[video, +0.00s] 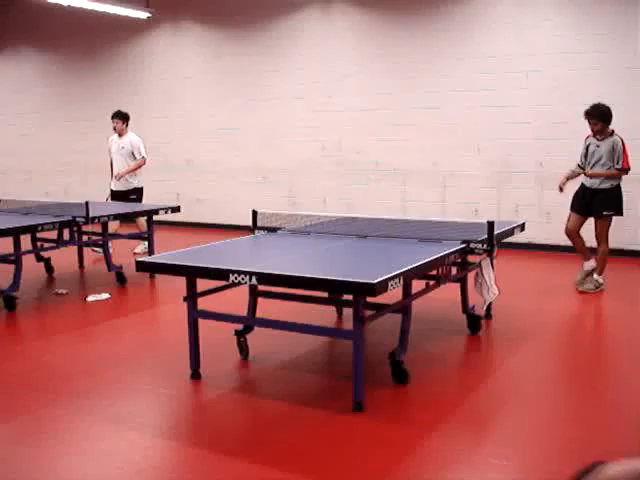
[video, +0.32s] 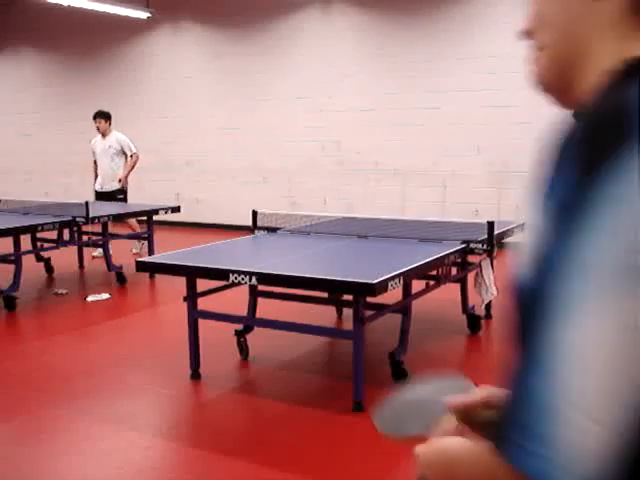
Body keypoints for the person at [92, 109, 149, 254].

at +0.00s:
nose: (114, 126)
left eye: (117, 123)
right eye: (113, 123)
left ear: (125, 124)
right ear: (113, 124)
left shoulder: (134, 140)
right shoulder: (112, 140)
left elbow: (142, 160)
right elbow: (112, 161)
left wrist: (124, 172)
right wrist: (112, 180)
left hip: (133, 186)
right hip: (116, 186)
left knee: (137, 216)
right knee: (114, 218)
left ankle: (146, 240)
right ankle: (105, 242)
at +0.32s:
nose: (97, 126)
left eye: (99, 123)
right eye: (96, 123)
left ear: (108, 122)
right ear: (95, 124)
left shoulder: (119, 138)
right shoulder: (95, 142)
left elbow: (134, 155)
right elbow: (95, 163)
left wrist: (125, 175)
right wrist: (96, 180)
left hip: (117, 186)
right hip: (101, 186)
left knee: (124, 215)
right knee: (104, 219)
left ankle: (142, 237)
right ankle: (104, 245)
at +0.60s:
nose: (88, 128)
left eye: (90, 125)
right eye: (86, 125)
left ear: (99, 123)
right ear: (86, 126)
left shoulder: (111, 139)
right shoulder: (86, 142)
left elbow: (123, 158)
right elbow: (82, 162)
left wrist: (113, 177)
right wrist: (72, 180)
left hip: (108, 187)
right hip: (93, 189)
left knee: (112, 217)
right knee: (99, 220)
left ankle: (126, 242)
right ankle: (102, 245)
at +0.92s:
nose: (78, 136)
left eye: (80, 132)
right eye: (76, 133)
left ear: (88, 129)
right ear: (75, 132)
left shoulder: (100, 145)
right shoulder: (78, 145)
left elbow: (107, 168)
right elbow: (76, 164)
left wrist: (93, 183)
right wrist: (70, 182)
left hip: (101, 187)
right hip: (88, 187)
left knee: (97, 222)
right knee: (93, 222)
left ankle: (100, 250)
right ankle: (99, 249)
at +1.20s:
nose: (71, 146)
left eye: (74, 143)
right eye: (69, 143)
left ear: (80, 139)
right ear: (66, 142)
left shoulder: (91, 151)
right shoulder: (76, 150)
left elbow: (94, 176)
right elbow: (80, 172)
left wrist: (84, 192)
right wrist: (83, 188)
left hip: (100, 190)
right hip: (89, 190)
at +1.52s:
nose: (70, 153)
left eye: (72, 150)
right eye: (67, 151)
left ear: (79, 146)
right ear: (65, 149)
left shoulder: (87, 157)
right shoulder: (74, 156)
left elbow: (84, 183)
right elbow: (78, 173)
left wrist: (65, 198)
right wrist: (74, 187)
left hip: (99, 192)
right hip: (90, 193)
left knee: (98, 223)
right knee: (95, 223)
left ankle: (100, 252)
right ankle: (98, 251)